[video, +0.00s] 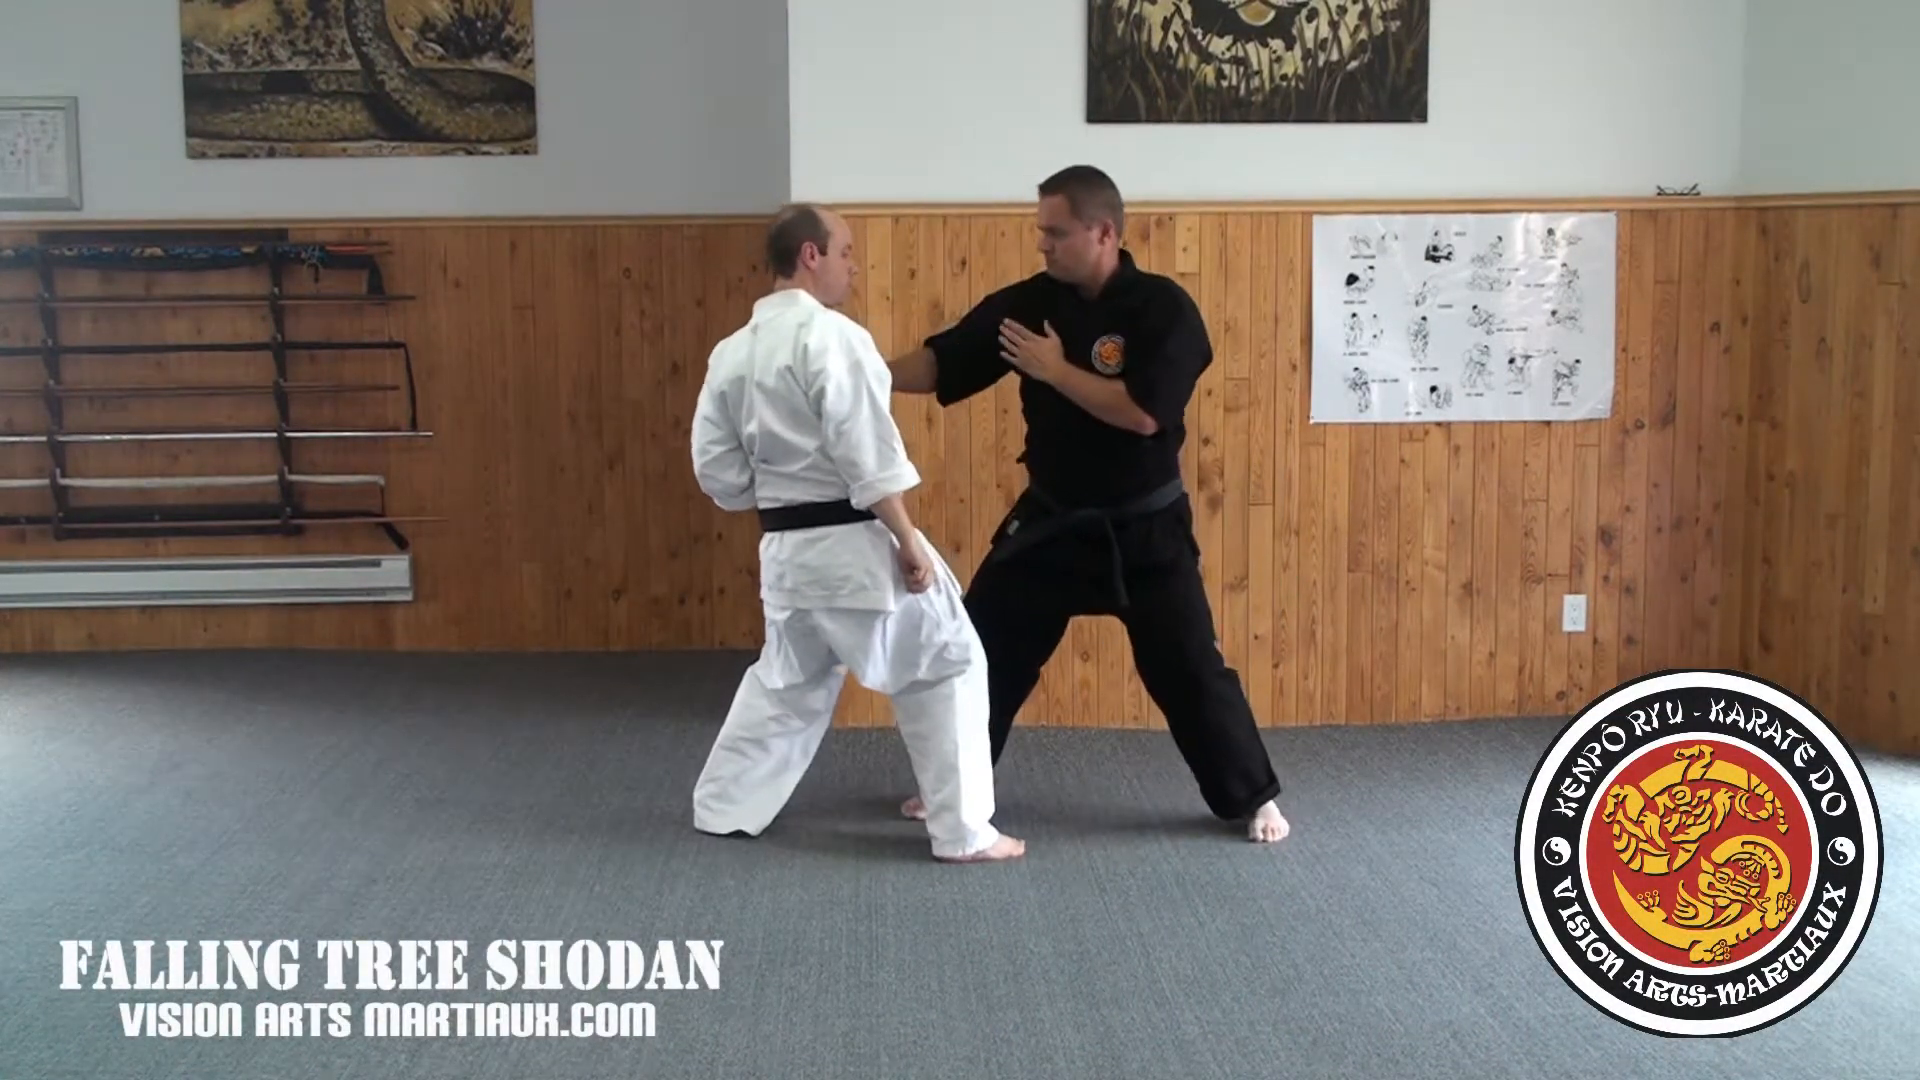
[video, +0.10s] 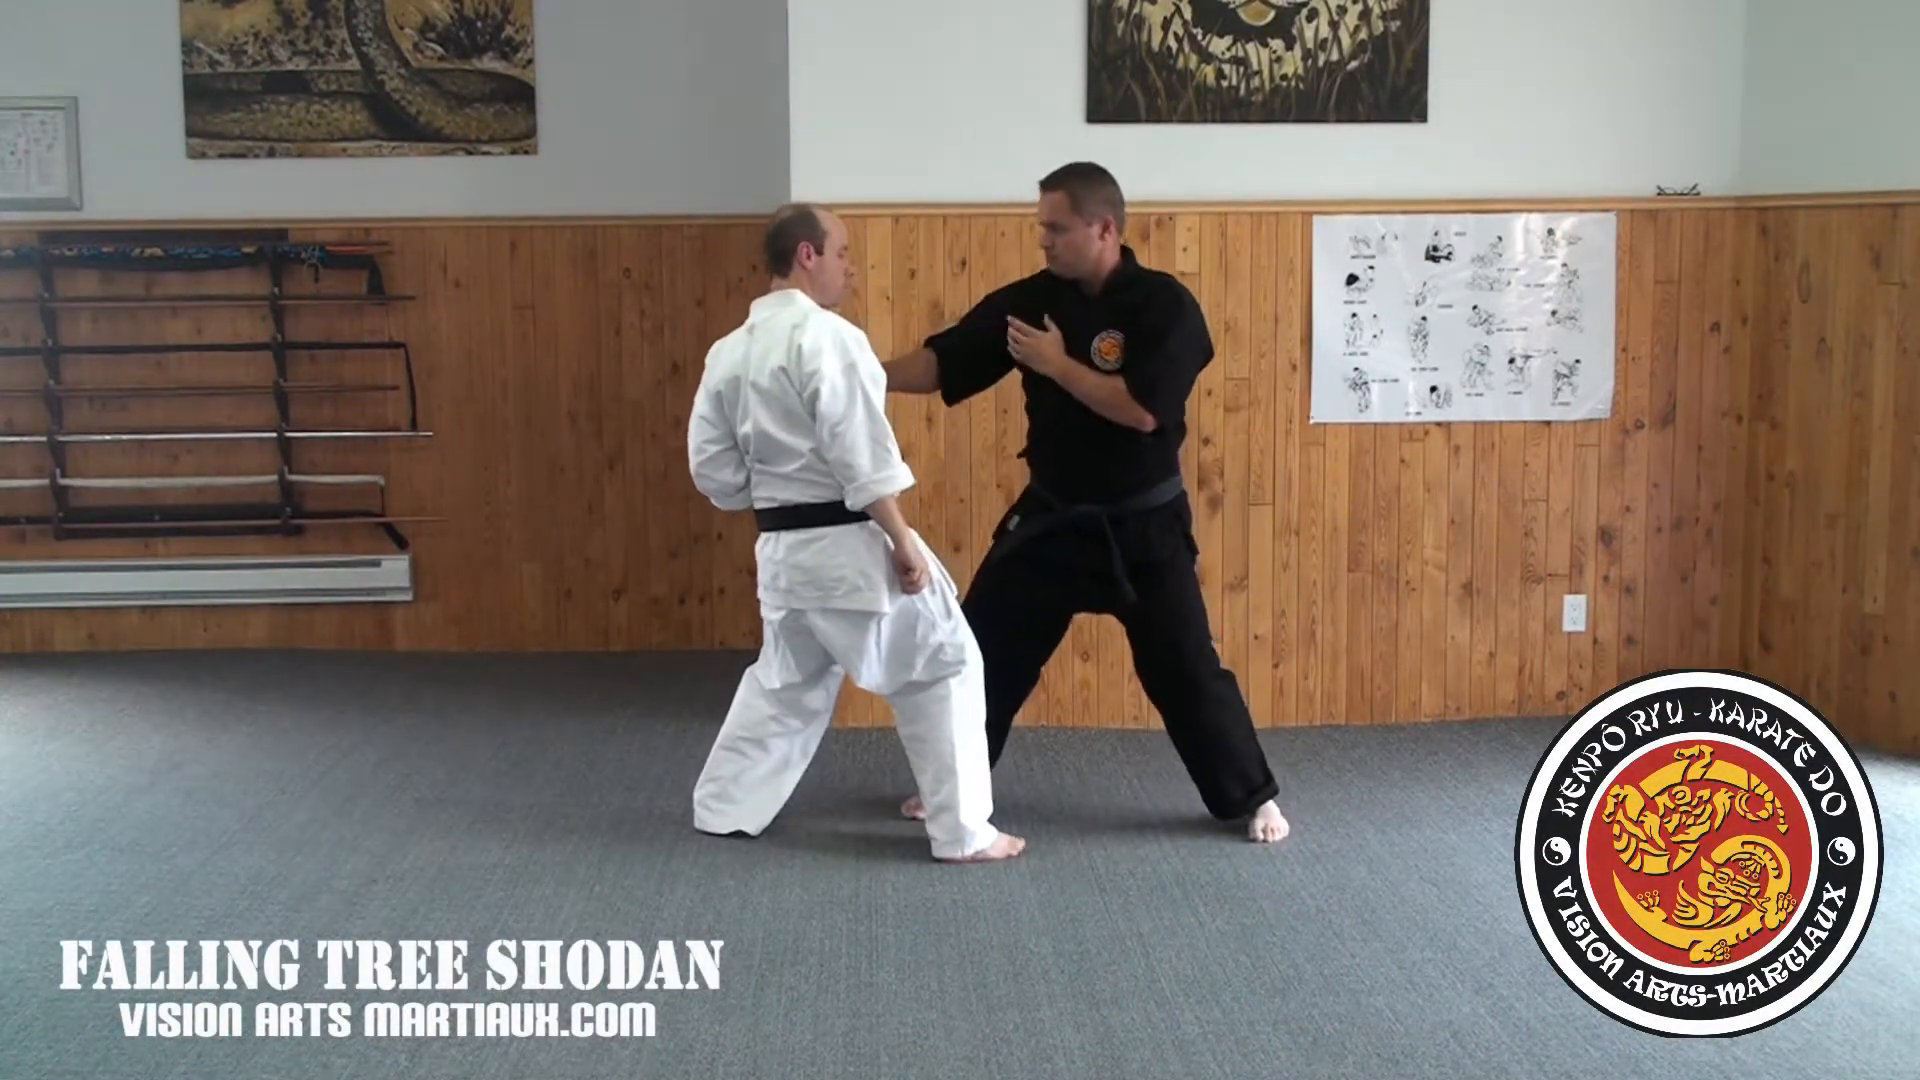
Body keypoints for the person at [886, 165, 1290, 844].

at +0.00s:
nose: (1041, 245)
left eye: (1053, 233)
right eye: (1039, 232)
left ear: (1104, 235)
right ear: (1086, 235)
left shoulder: (1164, 310)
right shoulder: (1027, 307)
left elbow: (1147, 413)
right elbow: (940, 361)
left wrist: (1056, 371)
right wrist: (860, 377)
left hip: (1146, 526)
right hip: (1049, 522)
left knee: (1188, 667)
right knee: (981, 652)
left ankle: (1255, 798)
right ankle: (954, 786)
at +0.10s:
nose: (1042, 241)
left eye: (1054, 229)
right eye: (1040, 228)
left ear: (1103, 231)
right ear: (1083, 232)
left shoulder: (1166, 307)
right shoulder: (1031, 303)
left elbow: (1146, 410)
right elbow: (941, 362)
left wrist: (1058, 366)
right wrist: (859, 375)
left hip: (1144, 524)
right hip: (1049, 520)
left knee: (1184, 667)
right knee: (981, 649)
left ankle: (1254, 798)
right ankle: (953, 785)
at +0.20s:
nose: (1039, 234)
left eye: (1050, 222)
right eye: (1037, 222)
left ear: (1099, 225)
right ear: (1083, 226)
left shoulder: (1161, 303)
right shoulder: (1037, 300)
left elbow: (1123, 404)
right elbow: (941, 360)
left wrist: (1044, 346)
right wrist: (856, 378)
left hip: (1141, 521)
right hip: (1050, 518)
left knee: (1180, 668)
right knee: (985, 653)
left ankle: (1253, 798)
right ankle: (954, 788)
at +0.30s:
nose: (1037, 230)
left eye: (1047, 217)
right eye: (1035, 218)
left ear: (1096, 219)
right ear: (1085, 221)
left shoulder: (1140, 294)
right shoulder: (1055, 296)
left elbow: (1067, 383)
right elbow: (975, 359)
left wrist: (1006, 315)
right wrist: (890, 383)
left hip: (1135, 517)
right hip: (1055, 514)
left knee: (1170, 665)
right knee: (994, 654)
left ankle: (1254, 792)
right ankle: (963, 787)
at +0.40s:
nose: (1038, 228)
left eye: (1049, 214)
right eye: (1037, 215)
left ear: (1098, 214)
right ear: (1091, 217)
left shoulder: (1115, 287)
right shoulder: (1076, 286)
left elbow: (1019, 354)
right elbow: (1017, 357)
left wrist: (944, 296)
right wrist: (976, 370)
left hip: (1127, 512)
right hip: (1063, 512)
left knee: (1170, 661)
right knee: (999, 656)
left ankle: (1265, 786)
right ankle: (967, 789)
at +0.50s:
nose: (1040, 225)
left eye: (1052, 213)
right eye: (1040, 213)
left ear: (1101, 214)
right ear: (1091, 218)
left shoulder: (1112, 281)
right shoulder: (1079, 283)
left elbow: (994, 324)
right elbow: (1019, 371)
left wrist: (893, 309)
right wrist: (978, 350)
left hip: (1133, 509)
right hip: (1061, 506)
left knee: (1177, 660)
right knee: (993, 651)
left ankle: (1265, 787)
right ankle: (964, 785)